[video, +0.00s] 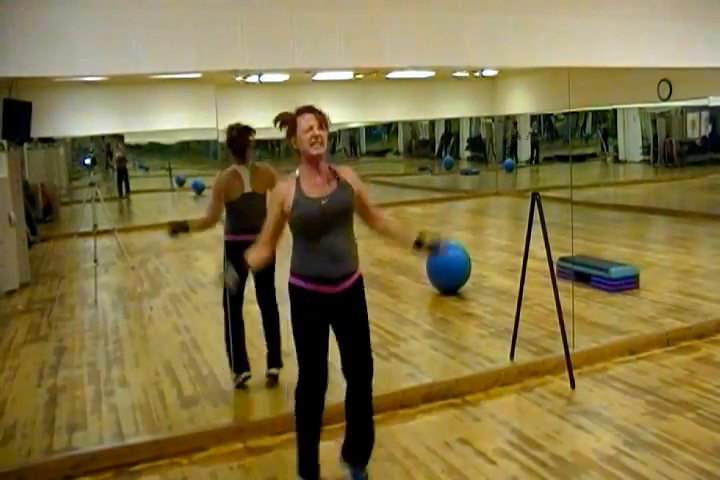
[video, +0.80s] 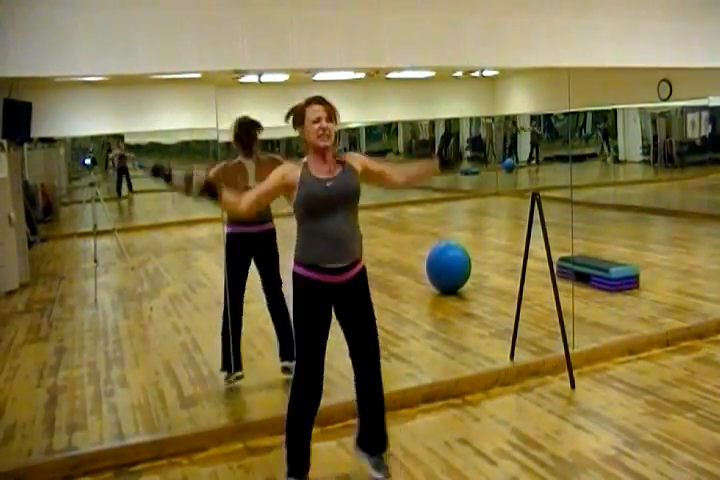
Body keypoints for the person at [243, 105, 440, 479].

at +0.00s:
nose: (317, 134)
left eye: (320, 128)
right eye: (308, 131)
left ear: (328, 133)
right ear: (295, 141)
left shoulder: (345, 176)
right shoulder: (285, 189)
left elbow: (375, 218)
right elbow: (266, 243)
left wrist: (419, 243)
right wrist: (245, 263)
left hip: (348, 288)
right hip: (306, 292)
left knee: (360, 374)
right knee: (312, 379)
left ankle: (356, 459)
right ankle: (308, 470)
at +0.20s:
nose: (320, 141)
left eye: (324, 134)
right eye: (311, 137)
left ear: (332, 140)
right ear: (299, 146)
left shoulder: (347, 183)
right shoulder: (290, 194)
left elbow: (368, 235)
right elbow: (277, 248)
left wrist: (410, 257)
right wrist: (257, 281)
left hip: (353, 298)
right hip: (311, 301)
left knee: (360, 385)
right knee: (315, 388)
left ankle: (348, 464)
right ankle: (317, 469)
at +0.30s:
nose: (321, 125)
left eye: (325, 118)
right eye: (313, 121)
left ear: (333, 123)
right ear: (300, 130)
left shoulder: (351, 164)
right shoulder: (288, 174)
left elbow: (389, 191)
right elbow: (254, 221)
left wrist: (424, 172)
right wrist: (221, 205)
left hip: (353, 277)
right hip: (312, 280)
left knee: (364, 364)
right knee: (310, 373)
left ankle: (364, 451)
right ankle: (306, 468)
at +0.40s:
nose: (323, 131)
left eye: (327, 125)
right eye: (315, 127)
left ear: (335, 131)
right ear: (301, 135)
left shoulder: (352, 165)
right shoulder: (290, 175)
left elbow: (401, 153)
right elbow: (237, 183)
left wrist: (416, 107)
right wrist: (229, 139)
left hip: (354, 284)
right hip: (311, 287)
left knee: (377, 366)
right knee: (303, 379)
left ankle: (386, 447)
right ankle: (290, 472)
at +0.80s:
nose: (324, 126)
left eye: (328, 119)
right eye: (315, 121)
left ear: (336, 125)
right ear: (301, 130)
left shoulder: (353, 163)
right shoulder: (289, 173)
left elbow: (397, 177)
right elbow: (244, 206)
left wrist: (437, 163)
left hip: (353, 277)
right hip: (310, 281)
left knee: (368, 366)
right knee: (308, 376)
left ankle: (374, 447)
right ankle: (296, 470)